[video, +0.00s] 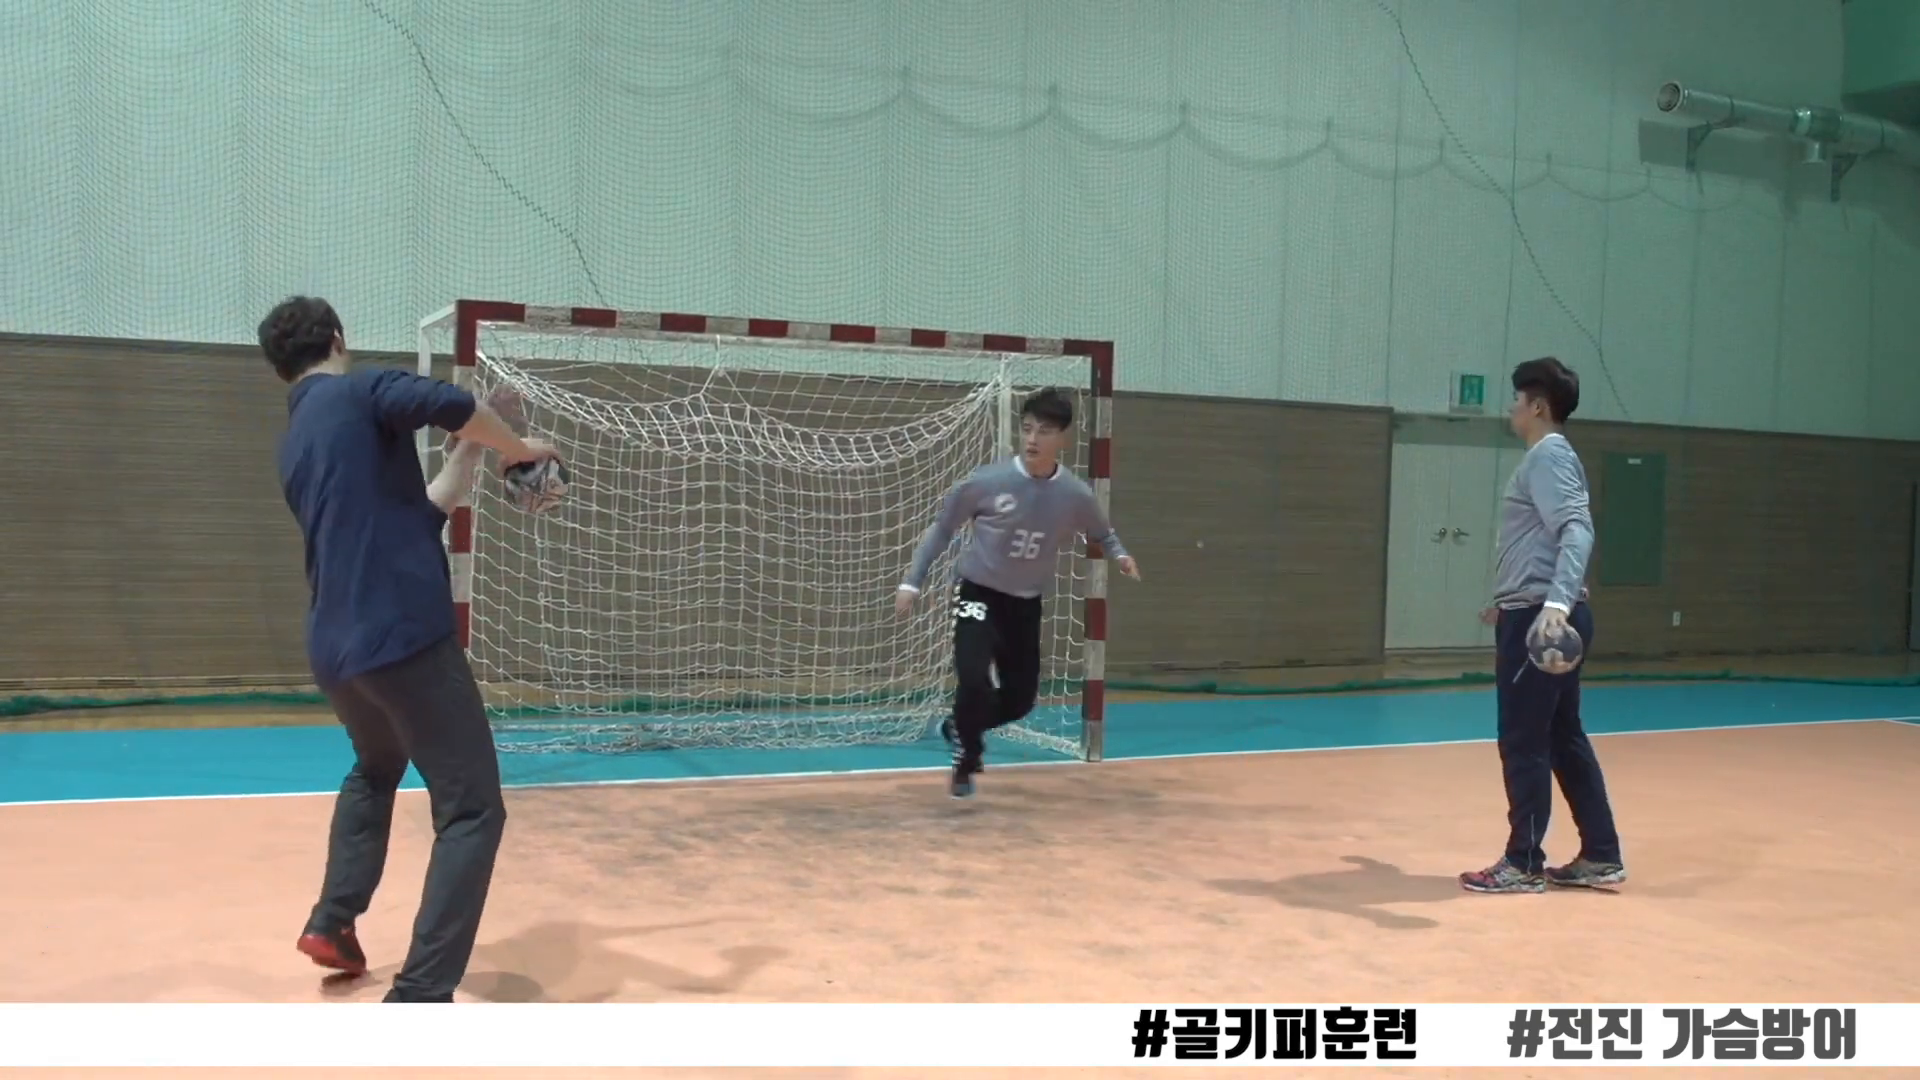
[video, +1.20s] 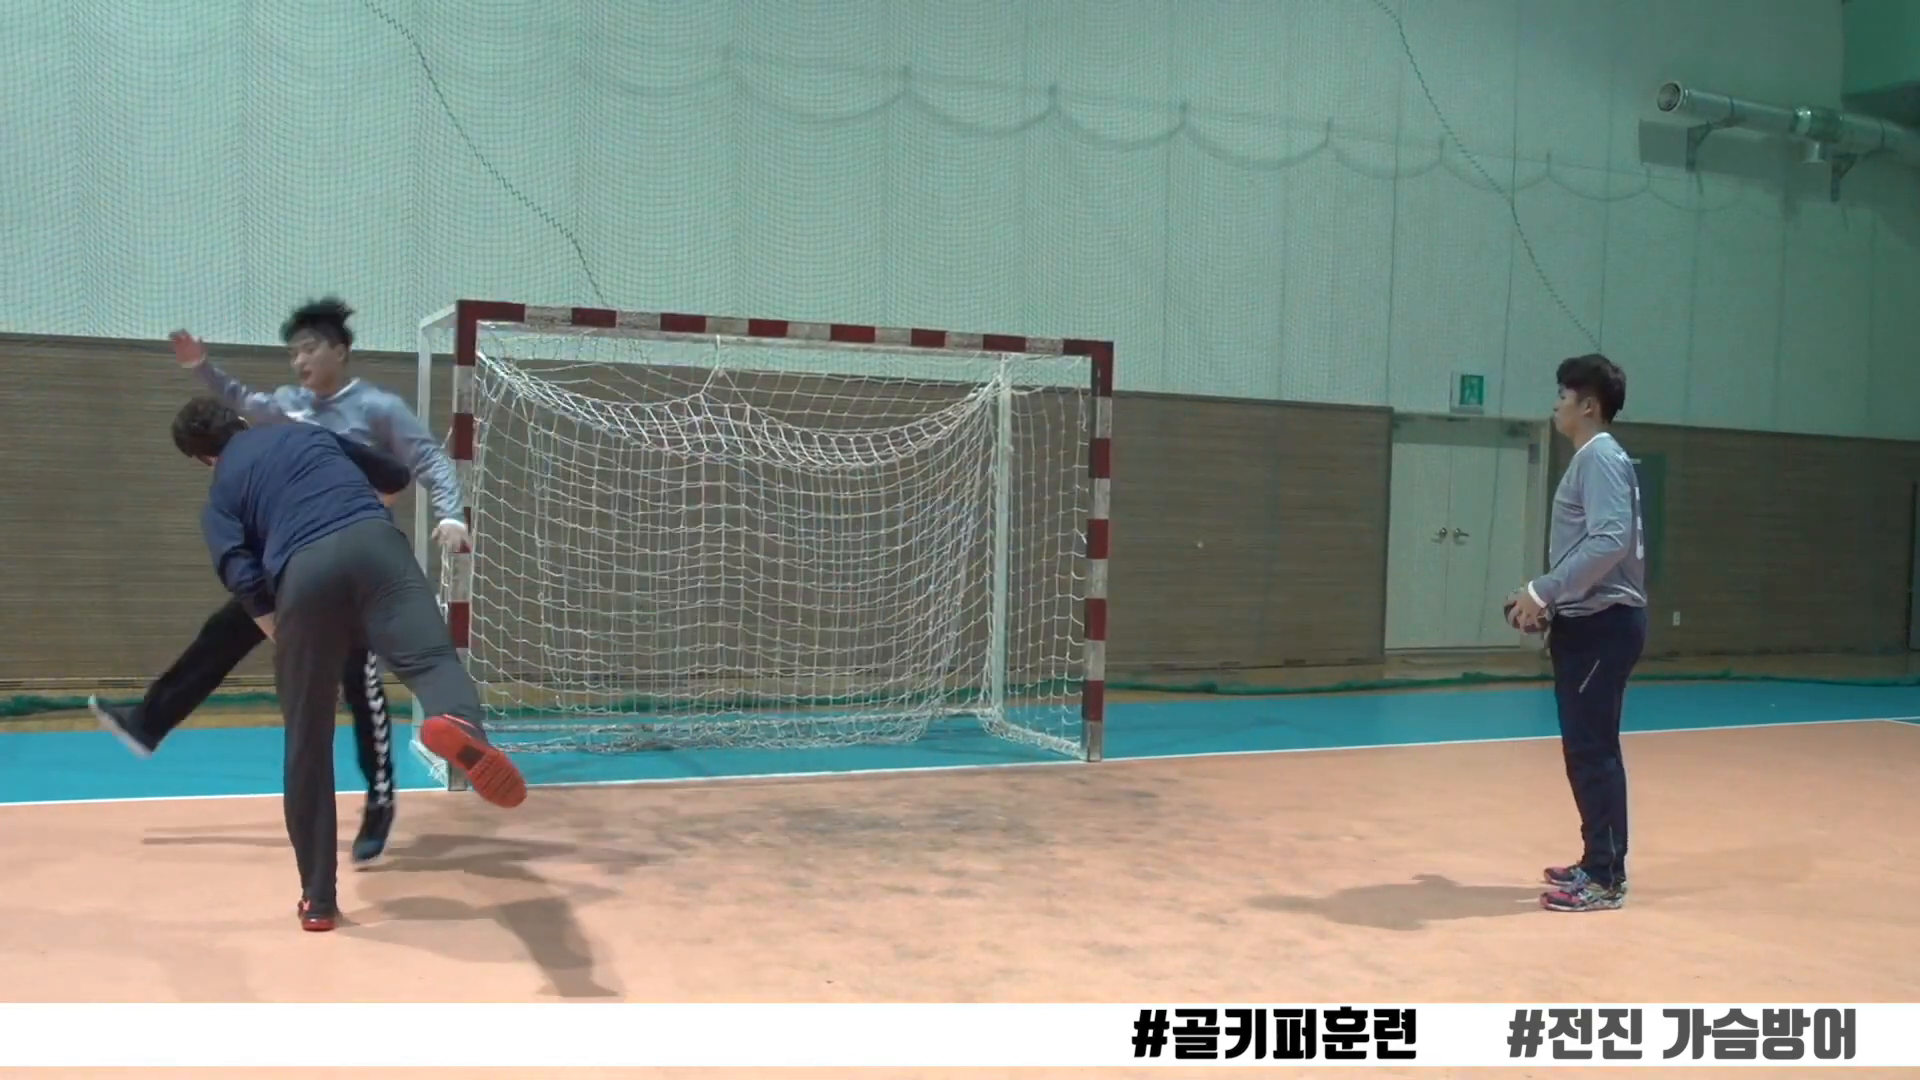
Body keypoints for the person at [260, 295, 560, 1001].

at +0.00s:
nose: (349, 344)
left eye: (342, 337)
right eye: (344, 335)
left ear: (280, 367)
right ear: (337, 339)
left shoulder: (294, 441)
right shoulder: (360, 388)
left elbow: (410, 525)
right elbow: (450, 402)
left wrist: (469, 452)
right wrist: (516, 447)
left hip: (334, 648)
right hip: (405, 635)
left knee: (375, 768)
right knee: (471, 809)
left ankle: (332, 924)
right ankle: (423, 993)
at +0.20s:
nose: (348, 382)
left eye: (342, 374)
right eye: (342, 374)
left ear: (282, 405)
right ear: (336, 382)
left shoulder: (300, 474)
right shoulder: (350, 424)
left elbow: (393, 544)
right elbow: (408, 373)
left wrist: (426, 479)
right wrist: (504, 371)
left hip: (337, 660)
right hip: (406, 653)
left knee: (344, 773)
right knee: (460, 829)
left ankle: (324, 902)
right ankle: (418, 995)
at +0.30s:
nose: (328, 386)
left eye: (322, 382)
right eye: (322, 379)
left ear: (268, 412)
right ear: (318, 389)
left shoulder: (288, 478)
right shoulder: (333, 430)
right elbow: (369, 368)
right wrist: (437, 322)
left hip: (334, 655)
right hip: (401, 645)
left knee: (338, 771)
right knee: (440, 815)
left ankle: (319, 902)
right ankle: (416, 981)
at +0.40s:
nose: (310, 391)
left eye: (299, 386)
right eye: (303, 386)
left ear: (254, 422)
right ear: (302, 397)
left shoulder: (276, 483)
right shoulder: (319, 433)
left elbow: (304, 575)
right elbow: (352, 363)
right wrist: (347, 305)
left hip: (326, 653)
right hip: (394, 641)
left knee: (329, 763)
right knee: (432, 802)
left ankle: (318, 899)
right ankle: (418, 953)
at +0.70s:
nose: (268, 433)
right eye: (263, 427)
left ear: (220, 472)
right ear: (262, 428)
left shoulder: (241, 542)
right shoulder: (303, 438)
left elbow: (273, 633)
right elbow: (348, 352)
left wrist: (354, 692)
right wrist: (259, 342)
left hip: (310, 635)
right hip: (378, 593)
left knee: (311, 759)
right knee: (435, 750)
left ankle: (317, 900)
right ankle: (445, 900)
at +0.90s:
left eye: (208, 478)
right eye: (248, 430)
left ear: (210, 478)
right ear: (248, 432)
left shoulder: (230, 518)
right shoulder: (310, 437)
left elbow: (253, 601)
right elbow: (382, 404)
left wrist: (322, 674)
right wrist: (353, 375)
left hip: (308, 591)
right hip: (378, 550)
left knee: (306, 745)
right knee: (443, 683)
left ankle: (317, 896)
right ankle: (487, 806)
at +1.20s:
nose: (200, 470)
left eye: (196, 460)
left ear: (205, 456)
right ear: (241, 419)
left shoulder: (220, 499)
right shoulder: (307, 435)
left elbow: (236, 565)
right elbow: (396, 474)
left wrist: (267, 619)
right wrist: (354, 498)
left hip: (305, 570)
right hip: (373, 539)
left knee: (308, 734)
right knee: (429, 657)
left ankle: (319, 898)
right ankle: (456, 721)